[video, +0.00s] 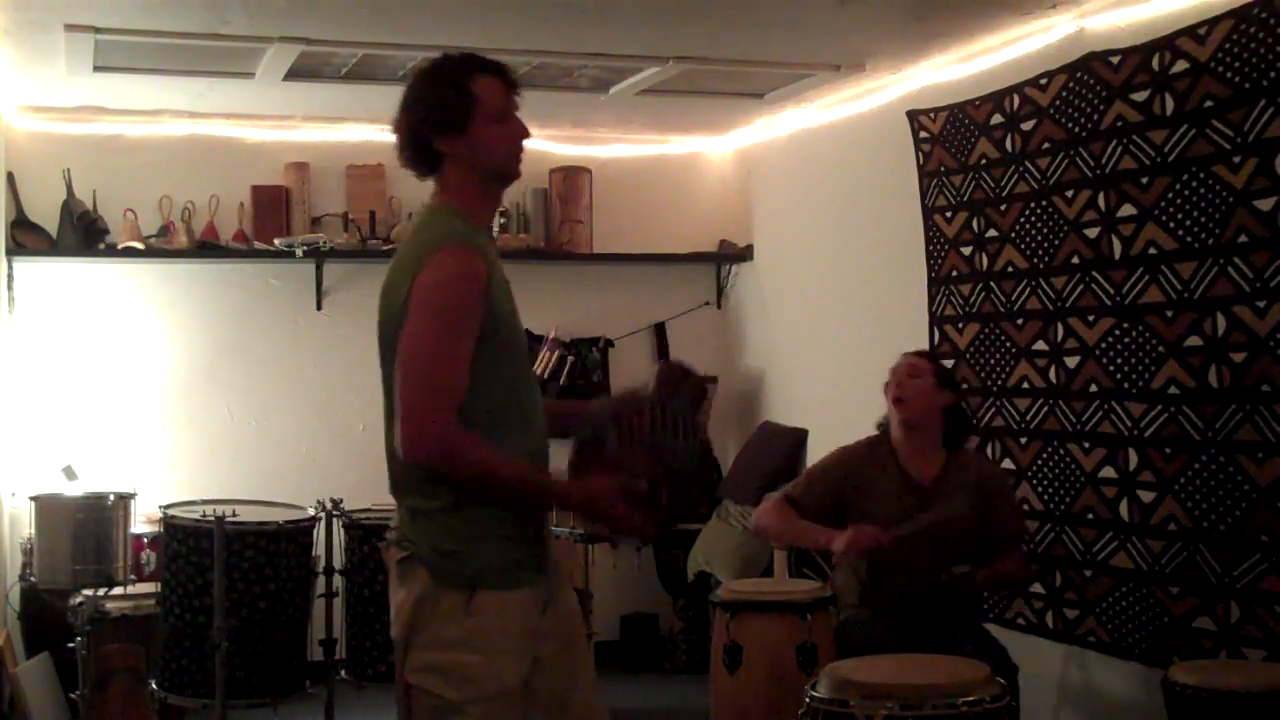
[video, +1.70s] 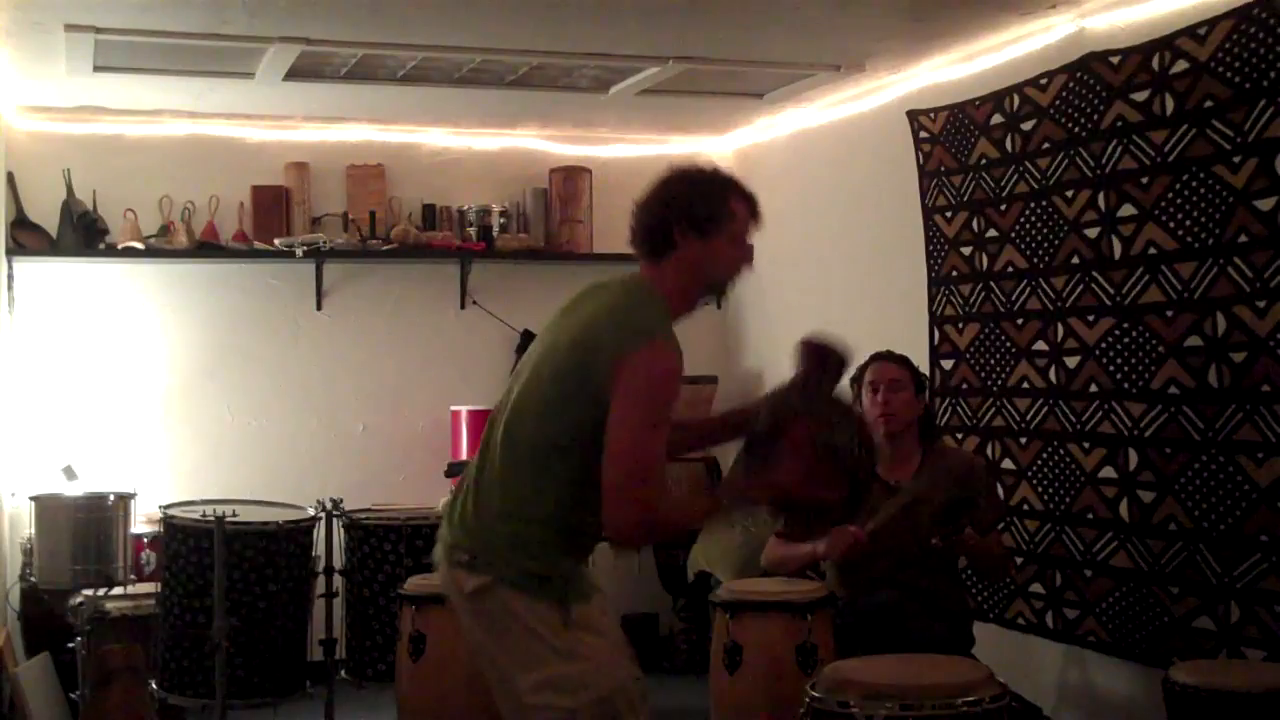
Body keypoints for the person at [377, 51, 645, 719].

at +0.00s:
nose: (524, 130)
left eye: (518, 115)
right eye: (505, 117)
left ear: (454, 141)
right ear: (448, 137)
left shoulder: (465, 246)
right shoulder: (450, 255)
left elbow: (493, 406)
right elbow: (426, 436)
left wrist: (602, 414)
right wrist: (569, 494)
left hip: (515, 566)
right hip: (466, 579)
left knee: (568, 710)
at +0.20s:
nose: (575, 131)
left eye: (568, 118)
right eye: (557, 119)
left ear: (514, 148)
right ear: (503, 145)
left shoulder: (515, 253)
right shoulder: (488, 255)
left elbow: (521, 401)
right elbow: (457, 421)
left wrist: (625, 391)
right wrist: (609, 429)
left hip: (537, 577)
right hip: (478, 586)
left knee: (588, 712)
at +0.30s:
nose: (598, 137)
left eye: (593, 121)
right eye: (582, 120)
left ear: (530, 138)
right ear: (527, 134)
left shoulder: (533, 246)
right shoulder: (505, 244)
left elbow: (559, 390)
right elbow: (510, 413)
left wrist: (673, 365)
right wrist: (663, 408)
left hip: (561, 566)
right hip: (496, 574)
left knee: (593, 711)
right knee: (484, 709)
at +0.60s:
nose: (643, 164)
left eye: (643, 147)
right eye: (632, 145)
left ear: (581, 150)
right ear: (577, 146)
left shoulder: (601, 263)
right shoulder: (530, 258)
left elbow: (638, 396)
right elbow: (551, 416)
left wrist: (725, 390)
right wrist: (687, 391)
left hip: (649, 561)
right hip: (571, 574)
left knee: (674, 714)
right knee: (570, 711)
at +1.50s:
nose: (728, 156)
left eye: (726, 139)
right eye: (715, 138)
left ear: (666, 147)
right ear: (662, 144)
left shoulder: (645, 246)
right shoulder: (627, 245)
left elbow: (690, 371)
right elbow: (622, 417)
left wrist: (769, 353)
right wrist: (752, 370)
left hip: (585, 512)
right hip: (554, 518)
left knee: (646, 693)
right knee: (611, 700)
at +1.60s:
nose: (736, 204)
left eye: (734, 187)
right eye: (725, 186)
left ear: (675, 197)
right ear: (672, 194)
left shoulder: (632, 276)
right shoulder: (634, 285)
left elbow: (657, 409)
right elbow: (631, 468)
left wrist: (761, 391)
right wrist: (750, 429)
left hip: (536, 538)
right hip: (531, 548)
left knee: (633, 702)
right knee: (623, 707)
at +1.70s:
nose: (748, 257)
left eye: (748, 241)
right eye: (739, 239)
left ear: (682, 237)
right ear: (686, 237)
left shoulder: (606, 302)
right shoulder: (649, 341)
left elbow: (635, 443)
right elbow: (629, 522)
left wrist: (748, 420)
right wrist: (726, 503)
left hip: (484, 547)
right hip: (519, 568)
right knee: (606, 705)